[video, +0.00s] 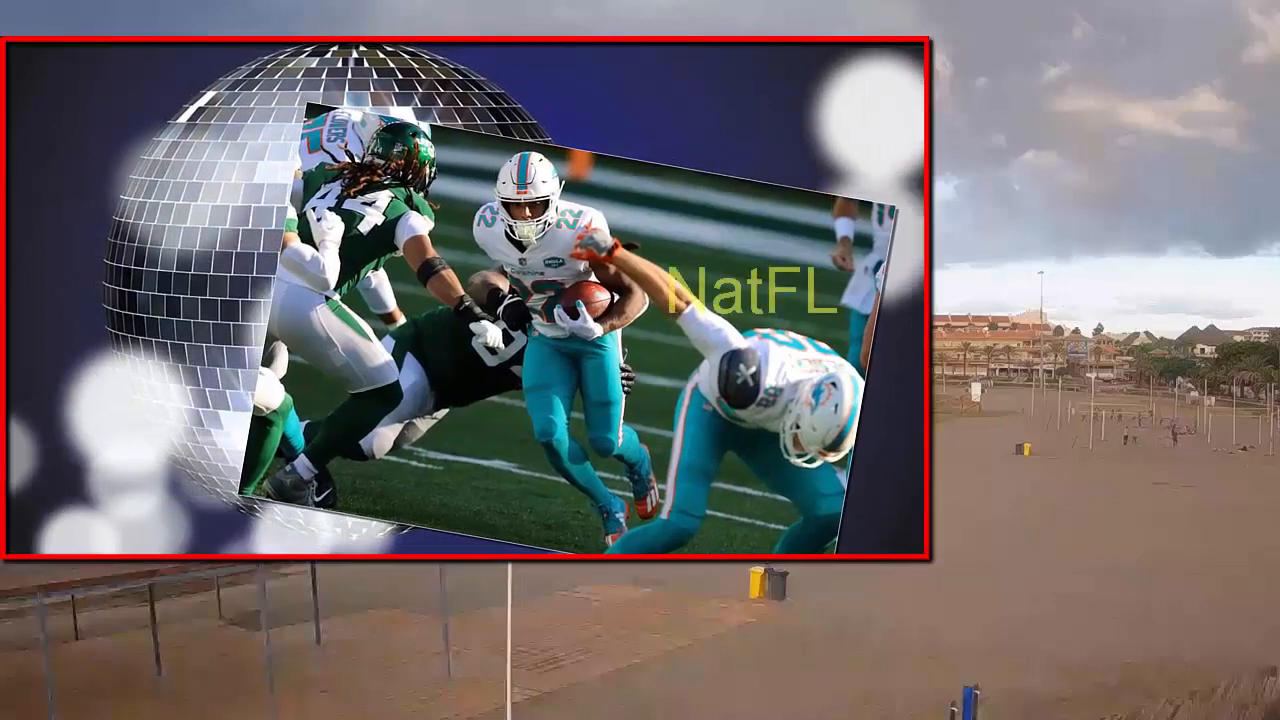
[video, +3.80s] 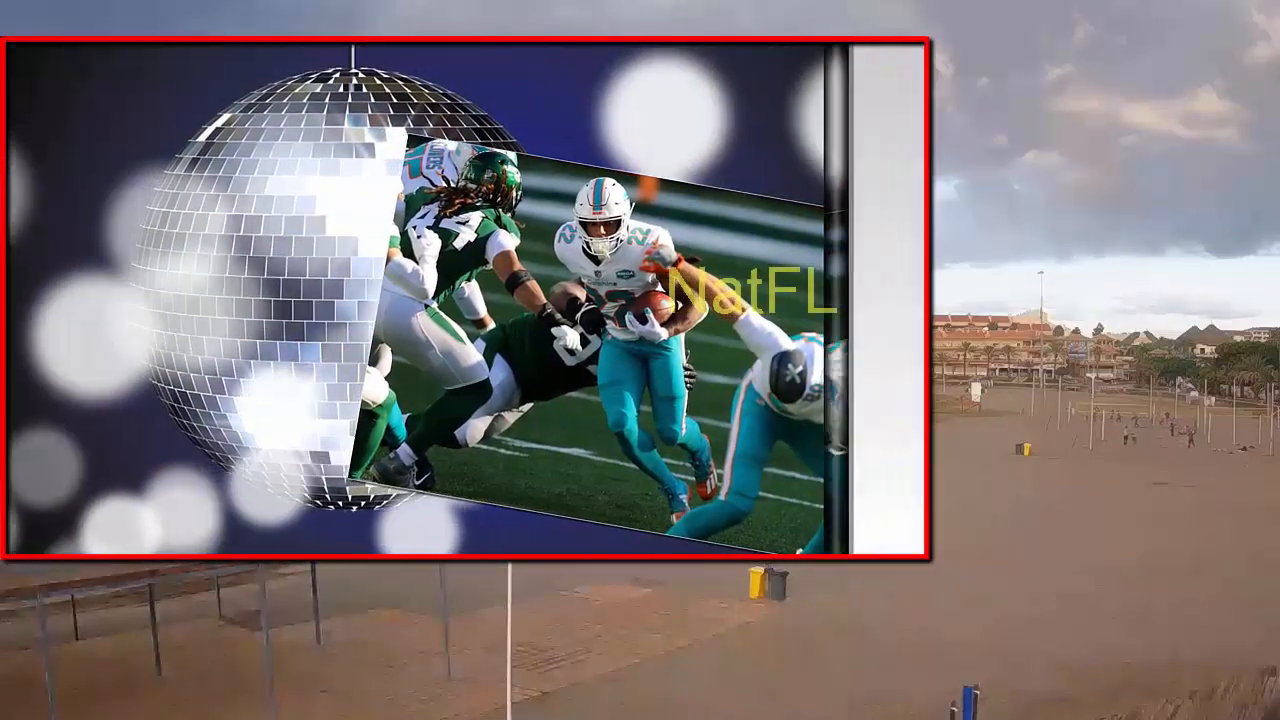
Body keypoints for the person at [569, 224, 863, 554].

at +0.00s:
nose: (809, 459)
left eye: (822, 455)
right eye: (804, 449)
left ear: (849, 432)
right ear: (793, 414)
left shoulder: (858, 415)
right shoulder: (752, 375)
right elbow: (677, 301)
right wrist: (613, 253)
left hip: (769, 426)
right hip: (712, 404)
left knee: (831, 513)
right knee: (681, 523)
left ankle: (770, 582)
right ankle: (600, 571)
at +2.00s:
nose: (829, 453)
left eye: (842, 450)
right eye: (825, 442)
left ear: (867, 429)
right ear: (817, 409)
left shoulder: (877, 414)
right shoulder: (769, 366)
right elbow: (707, 304)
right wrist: (647, 260)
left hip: (793, 423)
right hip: (739, 400)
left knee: (852, 500)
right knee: (711, 513)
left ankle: (792, 578)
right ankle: (631, 565)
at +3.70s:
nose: (845, 446)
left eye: (855, 442)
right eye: (843, 438)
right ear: (839, 408)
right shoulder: (799, 377)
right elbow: (733, 307)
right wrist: (675, 264)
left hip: (812, 418)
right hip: (762, 397)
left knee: (860, 497)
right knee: (735, 504)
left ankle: (805, 564)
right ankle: (660, 551)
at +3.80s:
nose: (781, 407)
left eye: (789, 405)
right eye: (777, 401)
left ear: (818, 395)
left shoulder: (842, 398)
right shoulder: (779, 351)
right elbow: (730, 304)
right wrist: (677, 264)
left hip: (811, 420)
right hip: (762, 397)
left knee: (851, 497)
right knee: (737, 504)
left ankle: (805, 562)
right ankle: (664, 548)